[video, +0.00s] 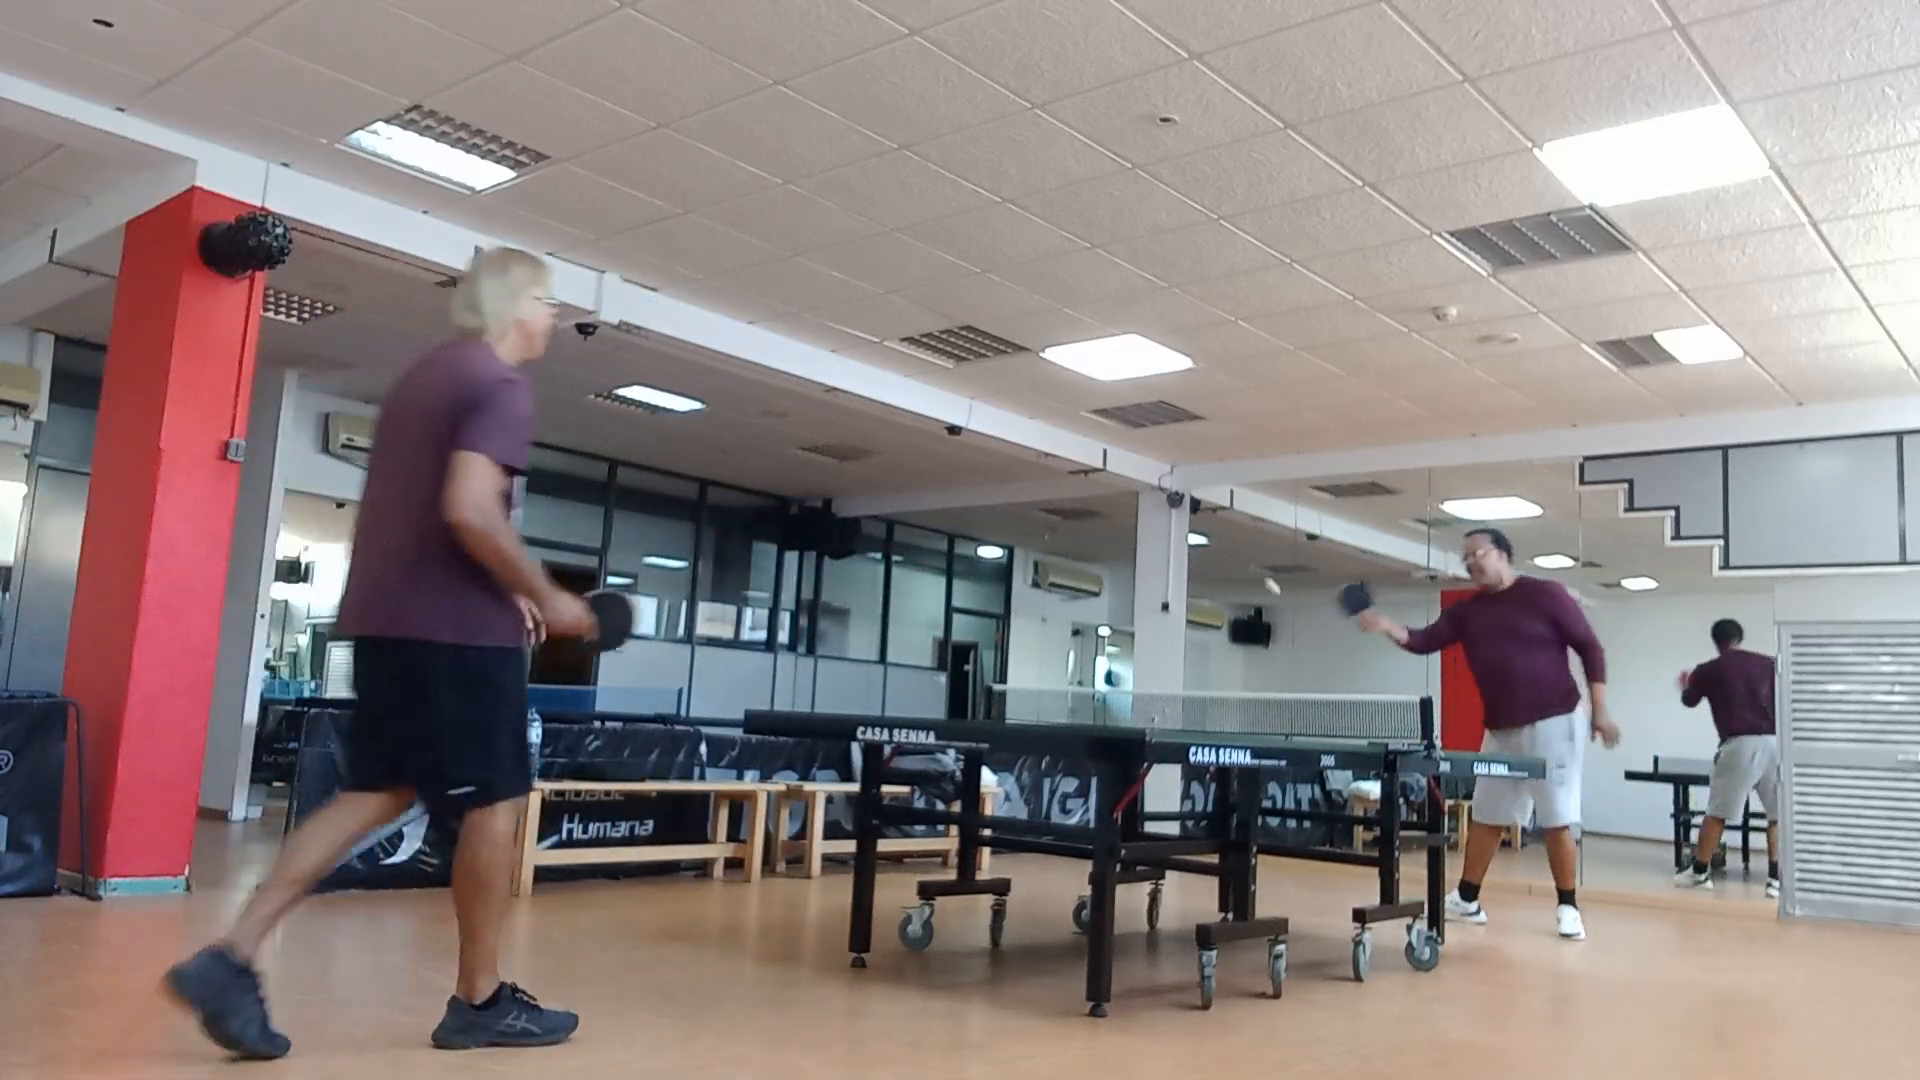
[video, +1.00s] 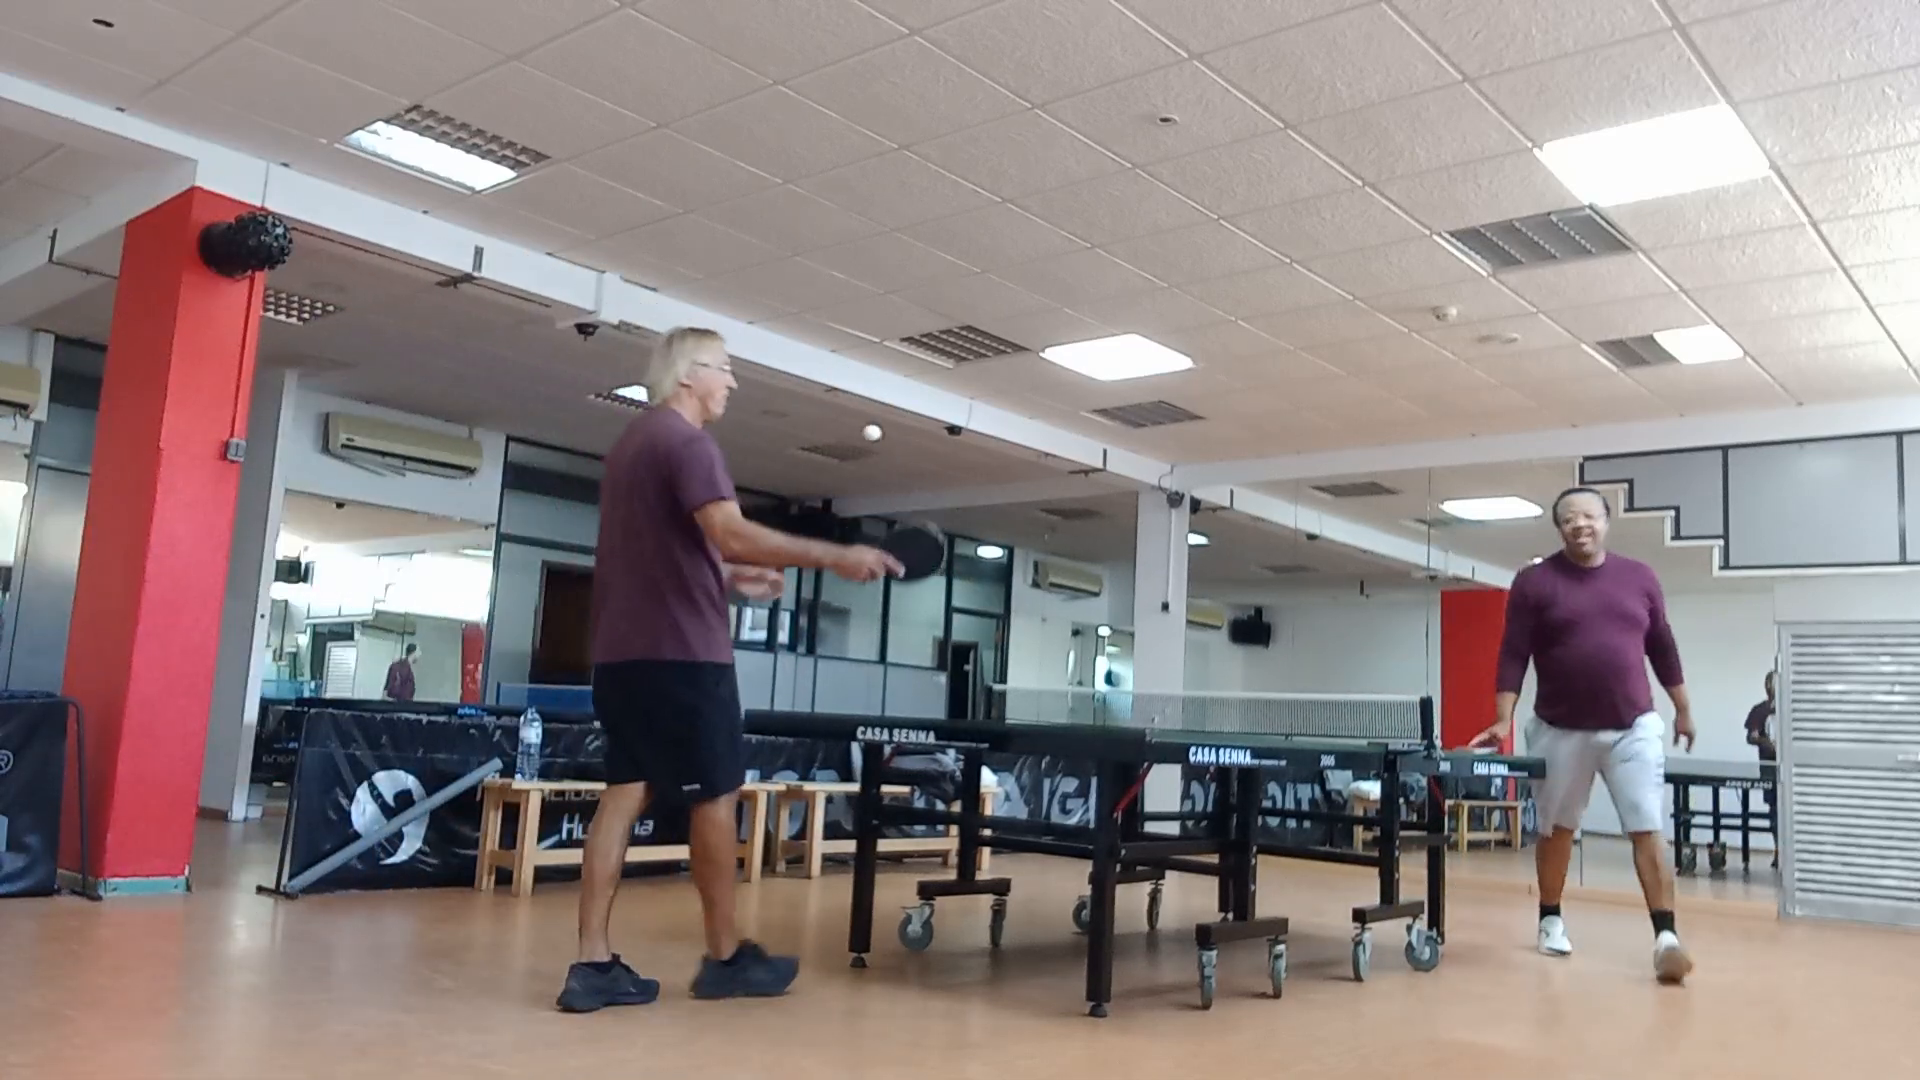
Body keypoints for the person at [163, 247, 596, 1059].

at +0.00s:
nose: (551, 322)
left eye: (551, 308)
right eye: (546, 307)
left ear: (475, 306)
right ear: (516, 310)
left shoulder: (424, 375)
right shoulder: (500, 384)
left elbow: (416, 518)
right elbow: (471, 510)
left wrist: (510, 593)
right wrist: (549, 594)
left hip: (387, 626)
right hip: (462, 634)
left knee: (385, 786)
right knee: (497, 799)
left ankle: (232, 958)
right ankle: (481, 997)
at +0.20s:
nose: (612, 336)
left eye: (611, 323)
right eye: (609, 323)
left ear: (539, 318)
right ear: (584, 323)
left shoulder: (476, 385)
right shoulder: (577, 393)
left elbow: (430, 512)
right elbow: (579, 513)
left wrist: (505, 547)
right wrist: (660, 572)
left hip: (456, 620)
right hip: (529, 627)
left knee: (481, 785)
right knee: (522, 802)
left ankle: (399, 944)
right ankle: (480, 999)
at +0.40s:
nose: (654, 355)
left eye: (654, 341)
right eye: (651, 341)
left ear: (585, 336)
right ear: (626, 340)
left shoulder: (517, 405)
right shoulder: (622, 410)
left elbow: (470, 517)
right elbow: (668, 522)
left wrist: (522, 578)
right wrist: (762, 536)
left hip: (505, 629)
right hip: (570, 635)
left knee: (541, 802)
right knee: (536, 810)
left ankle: (570, 959)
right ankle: (480, 997)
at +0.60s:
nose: (685, 366)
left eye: (682, 352)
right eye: (678, 350)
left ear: (618, 355)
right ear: (644, 353)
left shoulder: (559, 423)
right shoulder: (642, 421)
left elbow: (520, 537)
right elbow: (714, 517)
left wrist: (585, 578)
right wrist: (823, 521)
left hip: (555, 638)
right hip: (614, 641)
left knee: (590, 800)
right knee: (633, 794)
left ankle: (590, 966)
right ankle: (514, 961)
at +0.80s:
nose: (705, 370)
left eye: (704, 358)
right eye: (696, 356)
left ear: (646, 366)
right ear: (659, 364)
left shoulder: (599, 429)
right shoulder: (655, 427)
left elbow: (607, 552)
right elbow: (733, 517)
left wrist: (677, 612)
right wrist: (835, 526)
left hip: (588, 643)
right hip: (649, 645)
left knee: (611, 792)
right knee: (705, 780)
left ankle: (588, 971)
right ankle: (619, 943)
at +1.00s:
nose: (733, 384)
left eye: (731, 372)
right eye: (725, 369)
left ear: (676, 377)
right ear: (689, 374)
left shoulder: (632, 442)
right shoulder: (685, 439)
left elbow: (649, 555)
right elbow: (730, 535)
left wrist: (726, 576)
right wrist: (836, 556)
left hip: (624, 651)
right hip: (685, 654)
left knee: (624, 790)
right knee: (716, 794)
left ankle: (591, 962)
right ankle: (725, 956)